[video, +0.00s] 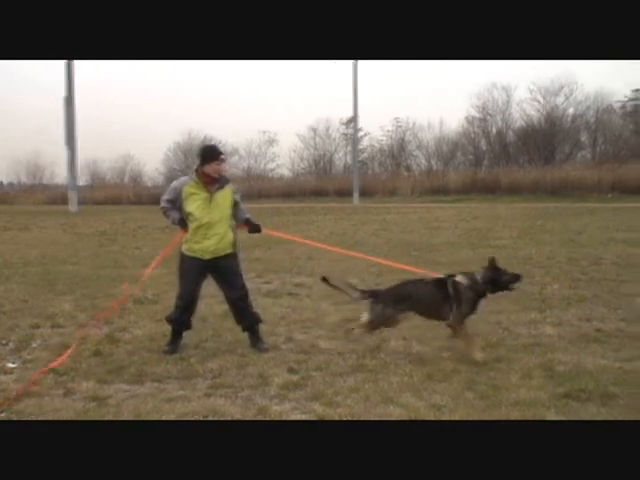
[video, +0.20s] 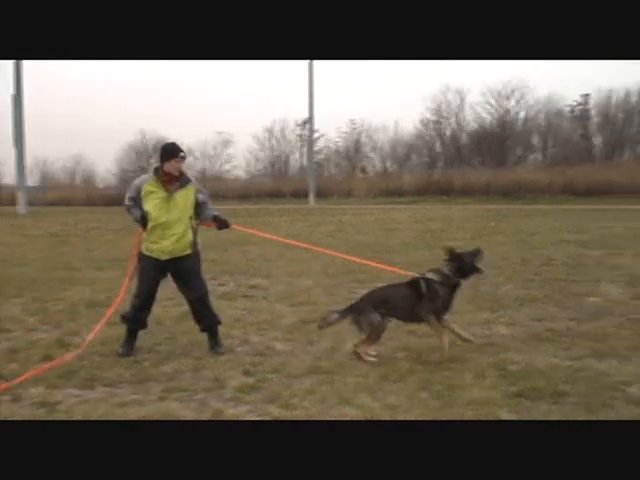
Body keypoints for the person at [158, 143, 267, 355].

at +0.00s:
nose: (221, 167)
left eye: (222, 163)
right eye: (217, 163)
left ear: (221, 165)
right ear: (204, 165)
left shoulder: (227, 188)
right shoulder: (183, 185)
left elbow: (237, 209)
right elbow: (166, 205)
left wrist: (248, 222)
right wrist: (179, 219)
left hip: (224, 253)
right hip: (193, 253)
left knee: (238, 295)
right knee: (186, 298)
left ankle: (255, 336)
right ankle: (175, 339)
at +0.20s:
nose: (181, 165)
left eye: (182, 161)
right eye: (177, 161)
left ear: (182, 163)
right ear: (164, 162)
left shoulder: (190, 187)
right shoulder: (143, 184)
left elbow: (202, 209)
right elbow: (130, 203)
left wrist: (215, 218)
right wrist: (139, 216)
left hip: (183, 252)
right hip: (152, 253)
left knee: (198, 295)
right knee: (142, 298)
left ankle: (213, 336)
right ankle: (130, 338)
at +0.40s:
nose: (178, 166)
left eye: (180, 161)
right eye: (174, 162)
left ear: (180, 162)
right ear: (162, 162)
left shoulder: (186, 185)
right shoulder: (140, 183)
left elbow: (193, 208)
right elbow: (122, 201)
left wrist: (199, 219)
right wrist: (136, 217)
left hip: (179, 252)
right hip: (149, 252)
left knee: (190, 296)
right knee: (137, 298)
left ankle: (202, 339)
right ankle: (120, 339)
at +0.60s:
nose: (175, 169)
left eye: (176, 165)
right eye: (171, 165)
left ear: (176, 165)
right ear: (158, 165)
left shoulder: (179, 187)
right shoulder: (136, 184)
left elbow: (185, 210)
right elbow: (117, 203)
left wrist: (192, 220)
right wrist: (130, 219)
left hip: (173, 253)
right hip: (144, 254)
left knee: (184, 297)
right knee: (133, 298)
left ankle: (198, 339)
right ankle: (117, 340)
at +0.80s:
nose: (172, 171)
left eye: (173, 167)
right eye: (168, 167)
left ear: (171, 168)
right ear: (155, 167)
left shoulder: (175, 191)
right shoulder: (131, 186)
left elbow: (180, 216)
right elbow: (111, 206)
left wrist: (188, 224)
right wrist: (127, 221)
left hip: (169, 256)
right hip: (140, 256)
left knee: (181, 299)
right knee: (131, 301)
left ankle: (198, 340)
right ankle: (117, 341)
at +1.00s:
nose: (168, 174)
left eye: (169, 170)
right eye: (164, 170)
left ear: (167, 171)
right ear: (151, 170)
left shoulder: (171, 193)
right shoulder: (127, 189)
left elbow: (175, 217)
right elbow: (107, 210)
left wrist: (180, 225)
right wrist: (124, 224)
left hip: (166, 258)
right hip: (137, 258)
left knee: (179, 299)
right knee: (129, 302)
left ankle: (197, 338)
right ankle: (117, 341)